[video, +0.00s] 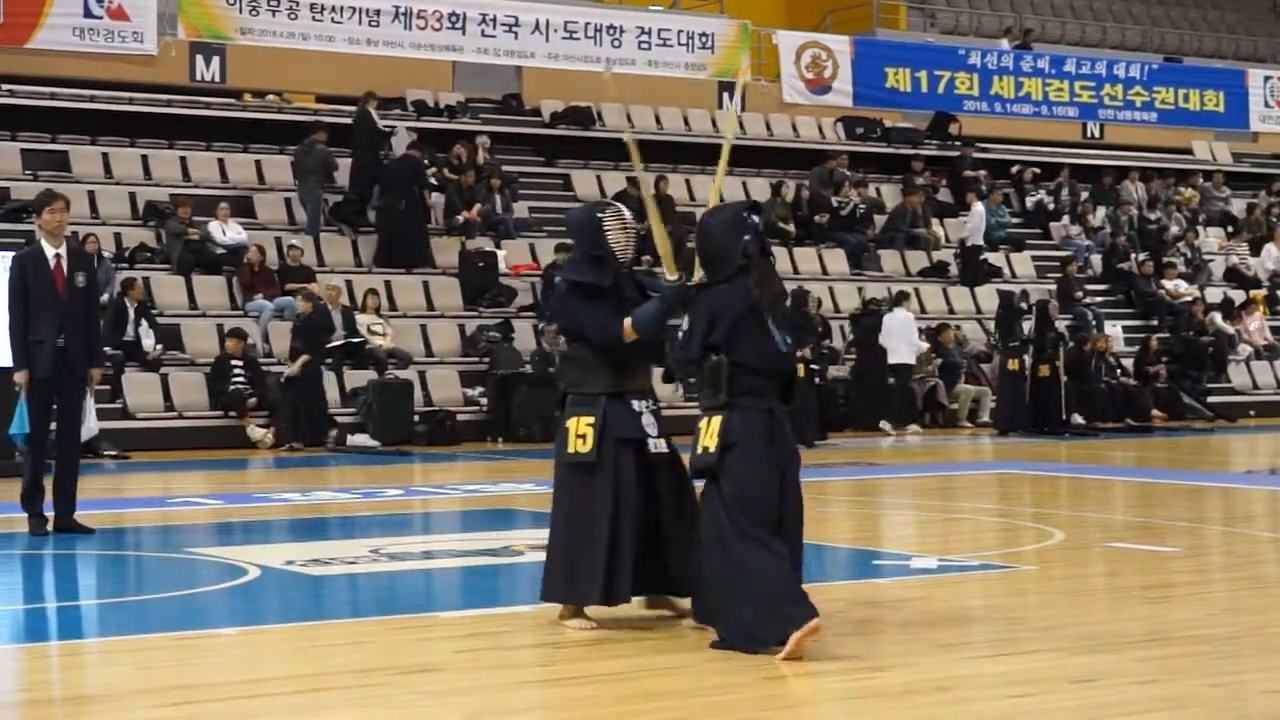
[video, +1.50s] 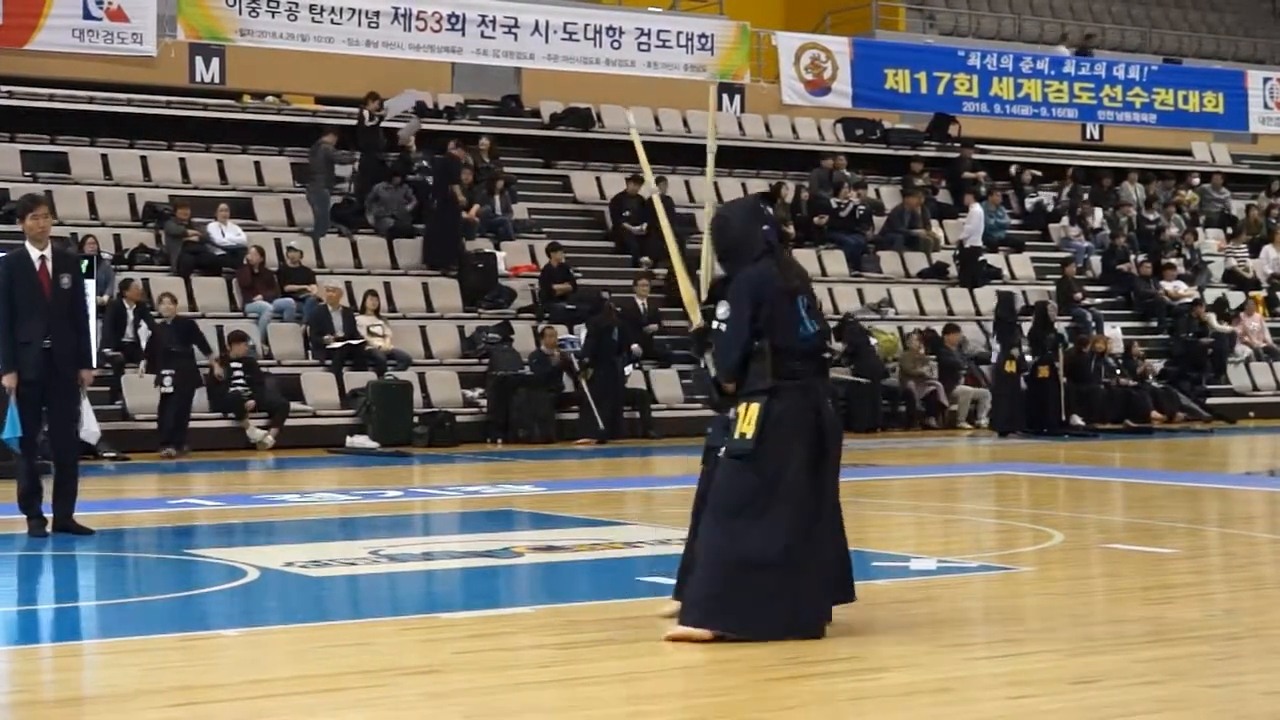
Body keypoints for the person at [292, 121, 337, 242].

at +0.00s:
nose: (325, 137)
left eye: (325, 134)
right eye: (323, 134)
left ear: (312, 134)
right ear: (319, 135)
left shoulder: (299, 150)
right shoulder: (322, 150)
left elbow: (296, 169)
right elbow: (334, 166)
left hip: (302, 188)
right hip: (315, 189)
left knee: (312, 219)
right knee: (313, 221)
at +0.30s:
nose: (327, 135)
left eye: (327, 133)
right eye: (326, 133)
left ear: (314, 134)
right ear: (325, 134)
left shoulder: (306, 147)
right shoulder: (326, 149)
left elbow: (302, 166)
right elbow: (340, 163)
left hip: (307, 186)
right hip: (319, 187)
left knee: (316, 218)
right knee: (319, 219)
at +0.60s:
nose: (326, 139)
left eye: (326, 137)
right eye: (326, 137)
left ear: (315, 137)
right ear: (324, 138)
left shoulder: (307, 148)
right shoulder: (324, 148)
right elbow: (340, 163)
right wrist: (343, 162)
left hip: (308, 185)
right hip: (320, 186)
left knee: (316, 217)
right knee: (324, 219)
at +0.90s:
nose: (327, 143)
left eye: (326, 140)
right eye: (326, 140)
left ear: (316, 139)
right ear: (325, 140)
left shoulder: (308, 150)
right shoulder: (324, 149)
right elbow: (334, 162)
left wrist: (332, 177)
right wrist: (345, 169)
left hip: (309, 186)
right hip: (320, 186)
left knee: (315, 218)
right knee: (324, 219)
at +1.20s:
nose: (331, 141)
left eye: (331, 139)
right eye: (330, 139)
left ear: (320, 136)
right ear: (327, 138)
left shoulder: (311, 149)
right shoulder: (325, 149)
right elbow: (335, 163)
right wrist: (348, 171)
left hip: (309, 188)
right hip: (320, 189)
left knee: (316, 222)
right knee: (323, 222)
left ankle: (318, 255)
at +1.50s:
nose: (334, 141)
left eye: (334, 139)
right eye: (334, 138)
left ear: (324, 136)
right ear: (331, 137)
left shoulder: (315, 148)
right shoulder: (326, 148)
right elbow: (337, 157)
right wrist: (354, 158)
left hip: (312, 188)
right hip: (321, 189)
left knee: (320, 222)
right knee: (323, 223)